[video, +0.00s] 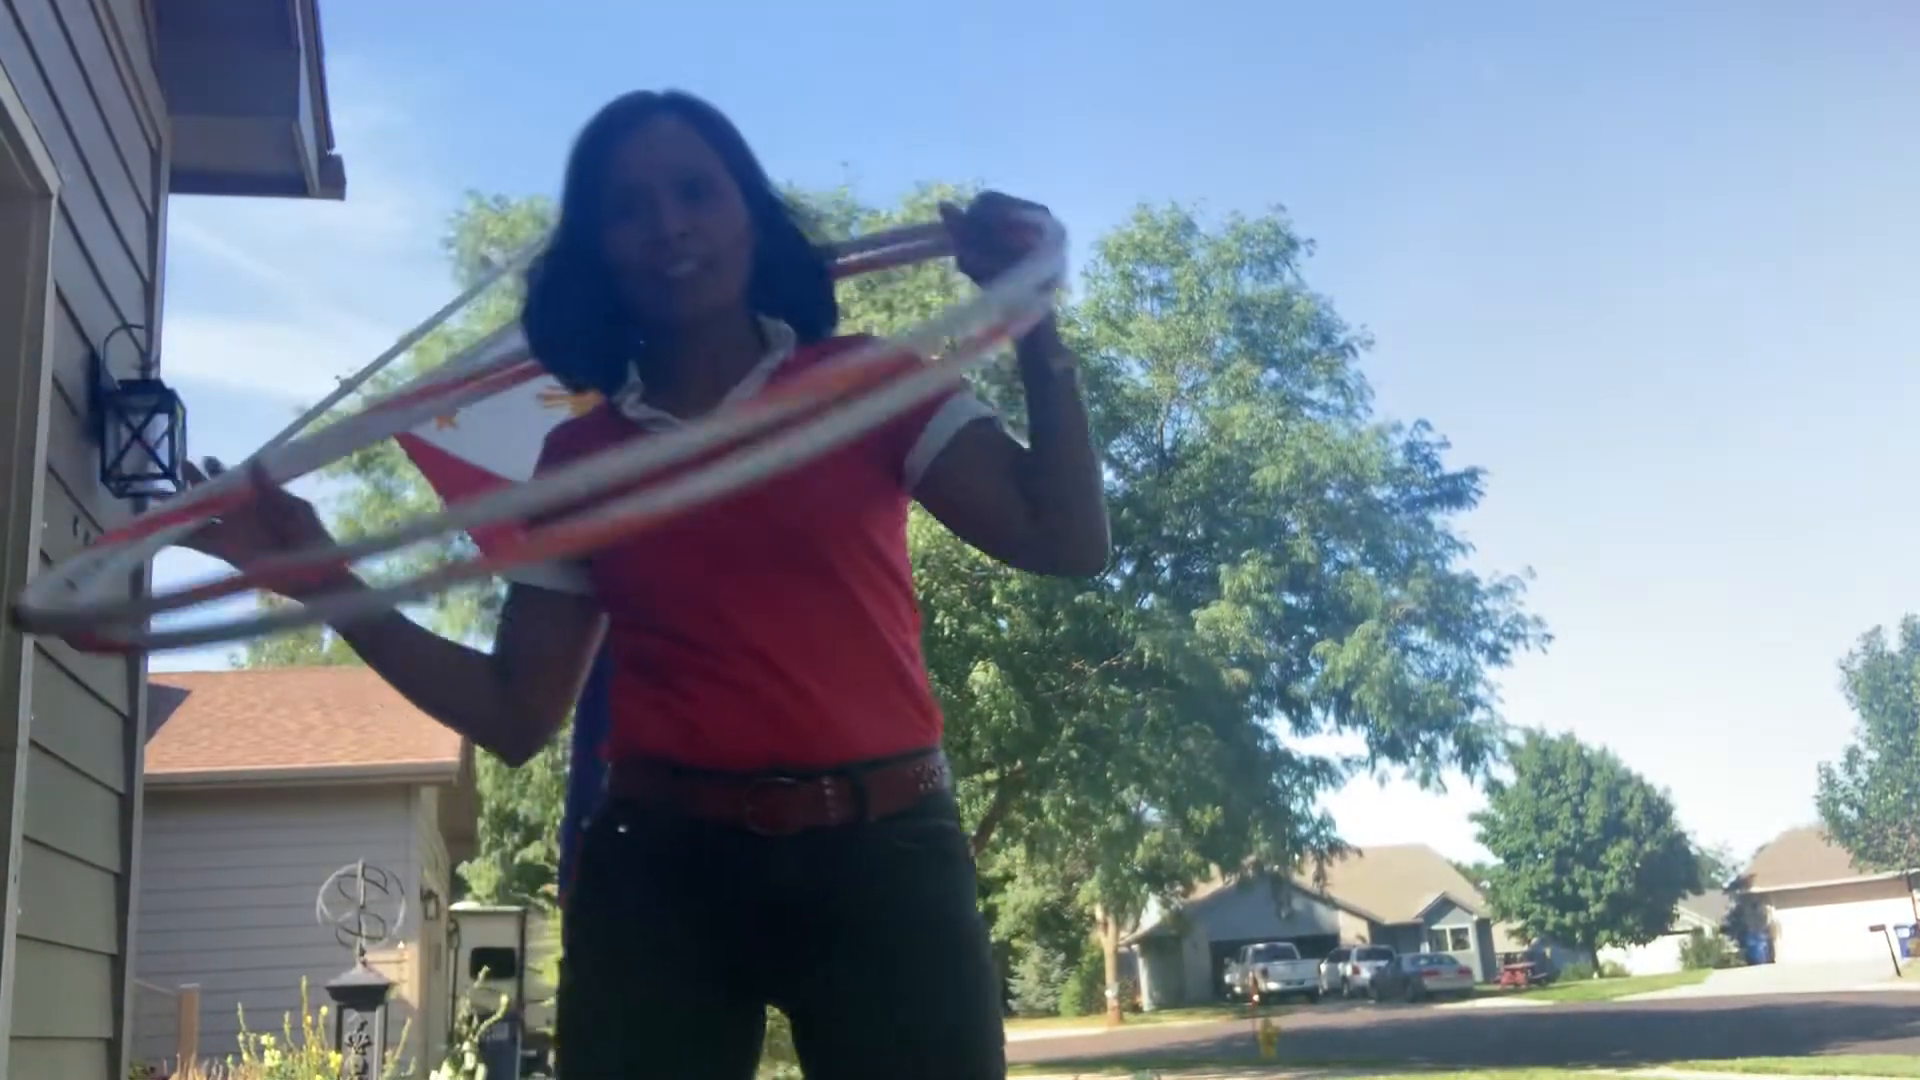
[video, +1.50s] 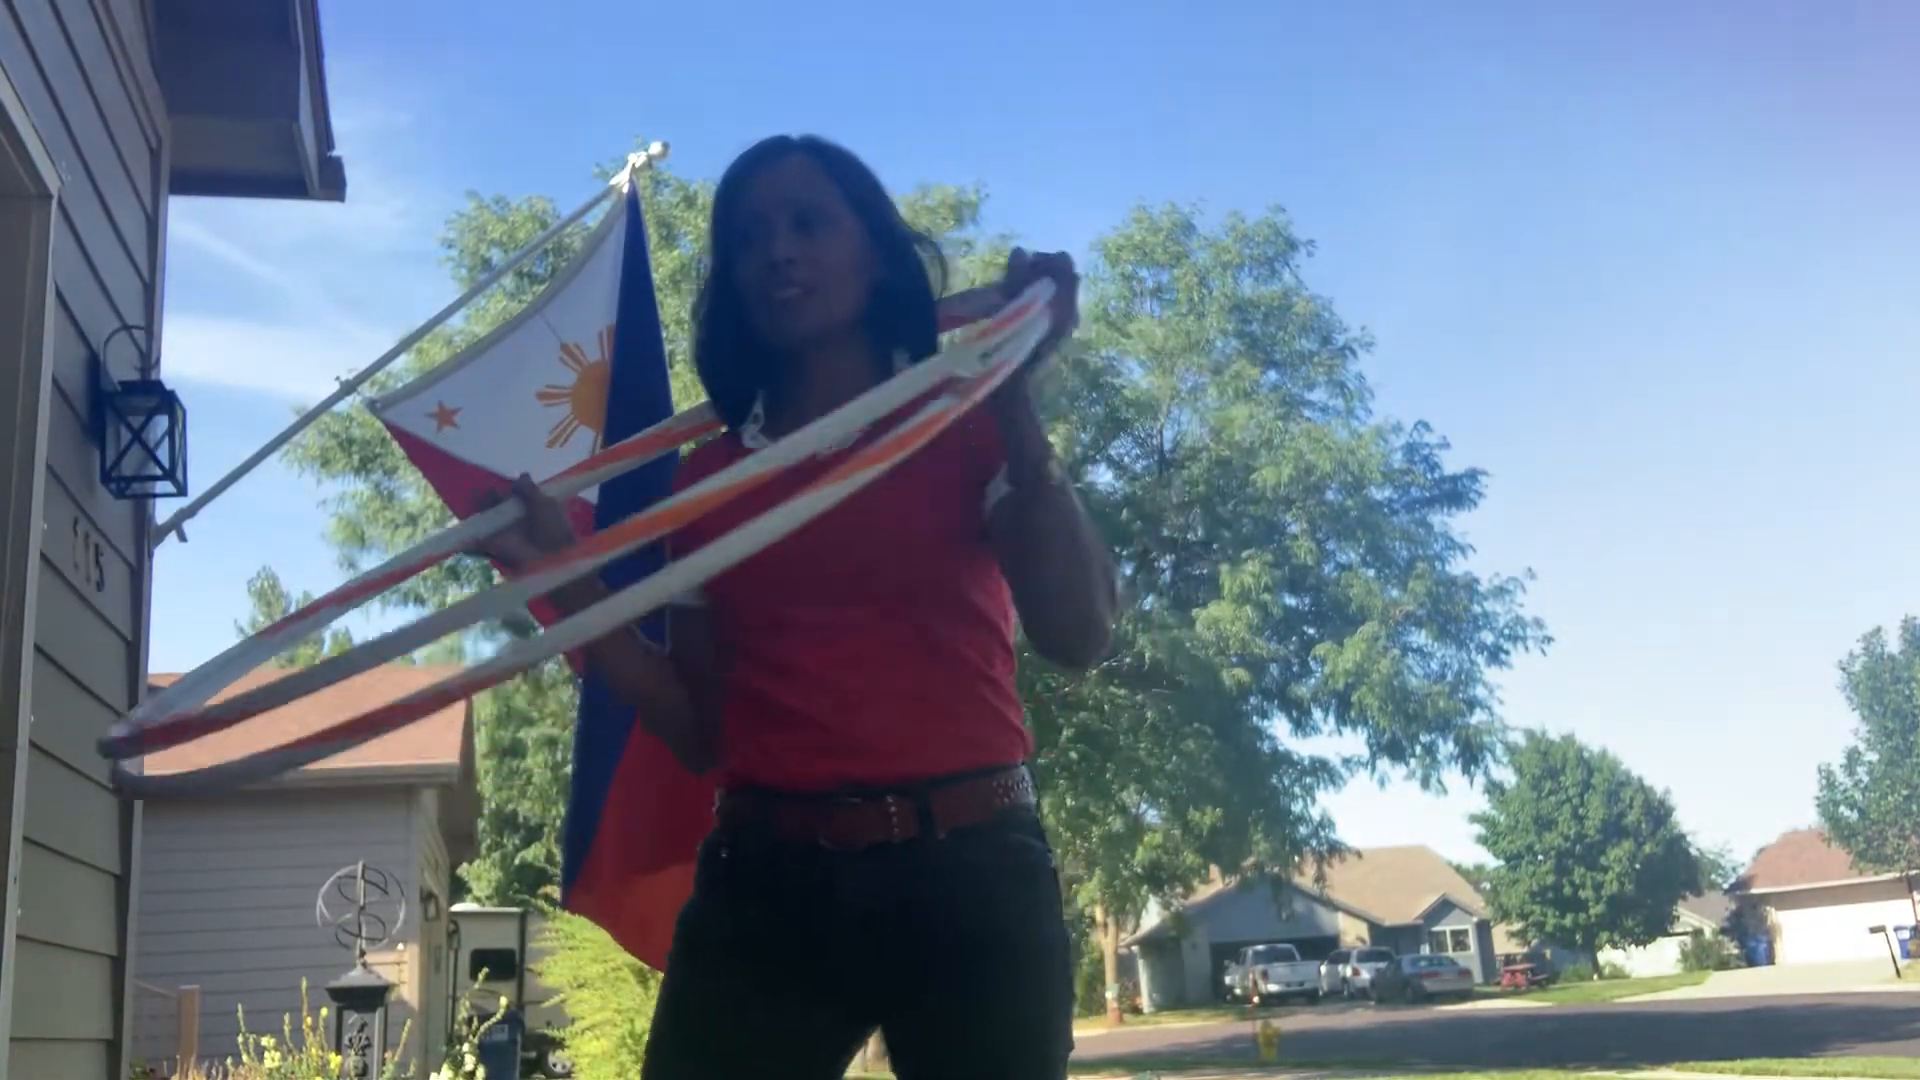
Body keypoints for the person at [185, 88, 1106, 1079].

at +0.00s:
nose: (669, 227)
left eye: (696, 191)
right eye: (627, 208)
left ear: (753, 214)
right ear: (596, 254)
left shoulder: (862, 380)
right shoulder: (588, 456)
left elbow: (1067, 537)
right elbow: (515, 713)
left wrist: (1033, 317)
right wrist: (326, 582)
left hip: (885, 848)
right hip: (660, 852)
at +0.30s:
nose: (837, 252)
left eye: (865, 218)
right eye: (802, 231)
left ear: (920, 242)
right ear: (768, 272)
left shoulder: (1016, 424)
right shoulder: (732, 455)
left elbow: (1152, 642)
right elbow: (677, 700)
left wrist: (1193, 442)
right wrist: (555, 553)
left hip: (998, 863)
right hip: (791, 874)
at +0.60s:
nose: (904, 253)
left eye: (933, 228)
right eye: (872, 235)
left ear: (983, 260)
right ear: (838, 274)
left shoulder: (1056, 447)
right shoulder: (771, 450)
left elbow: (1159, 671)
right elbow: (698, 681)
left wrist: (1224, 460)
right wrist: (589, 520)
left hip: (1011, 870)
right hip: (814, 874)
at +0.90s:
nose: (884, 244)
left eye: (914, 219)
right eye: (851, 226)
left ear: (963, 255)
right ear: (816, 269)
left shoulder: (1038, 440)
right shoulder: (754, 447)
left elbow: (1150, 671)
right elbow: (670, 696)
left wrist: (1190, 444)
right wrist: (565, 513)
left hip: (996, 866)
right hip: (794, 867)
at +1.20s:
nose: (869, 249)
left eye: (898, 221)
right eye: (835, 230)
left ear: (952, 253)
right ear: (802, 274)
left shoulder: (1038, 433)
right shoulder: (753, 458)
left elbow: (1155, 666)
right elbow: (694, 699)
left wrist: (1180, 443)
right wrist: (573, 539)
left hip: (1007, 865)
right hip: (806, 872)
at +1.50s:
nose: (778, 250)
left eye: (810, 220)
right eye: (750, 232)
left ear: (877, 249)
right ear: (726, 279)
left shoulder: (965, 408)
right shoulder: (711, 474)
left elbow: (1078, 632)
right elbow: (700, 731)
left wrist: (1018, 396)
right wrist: (565, 583)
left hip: (972, 860)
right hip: (771, 869)